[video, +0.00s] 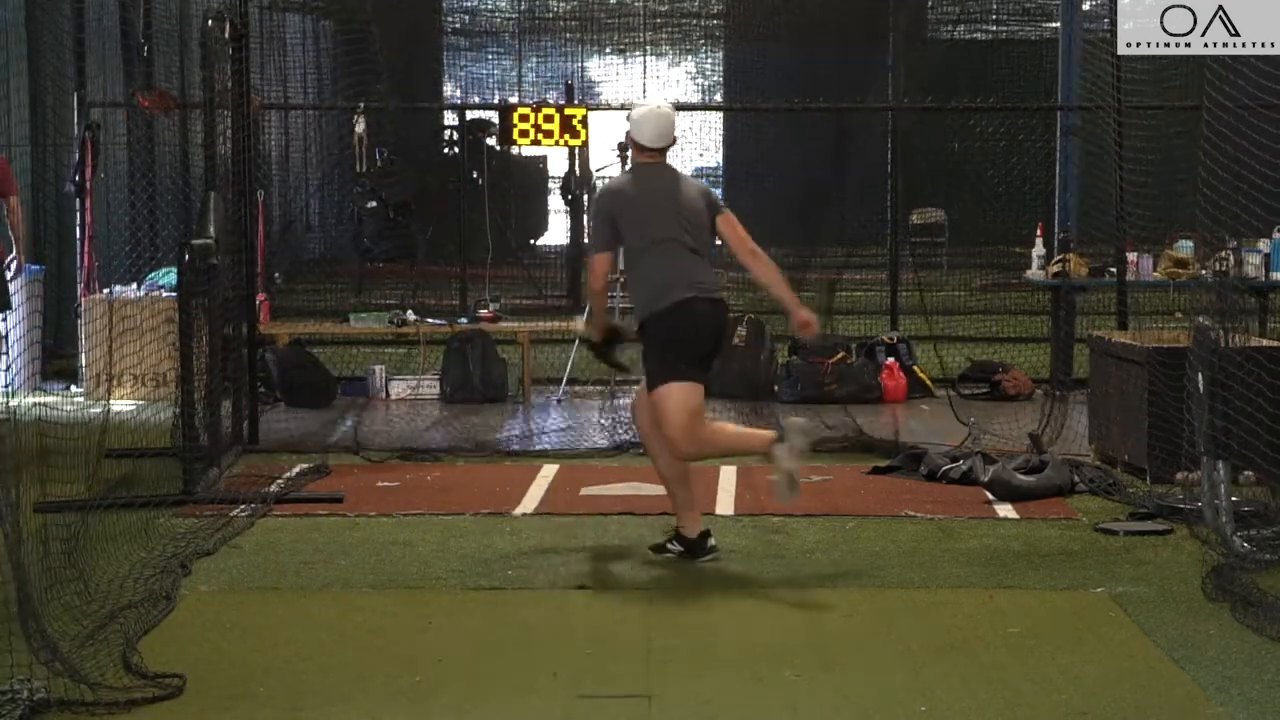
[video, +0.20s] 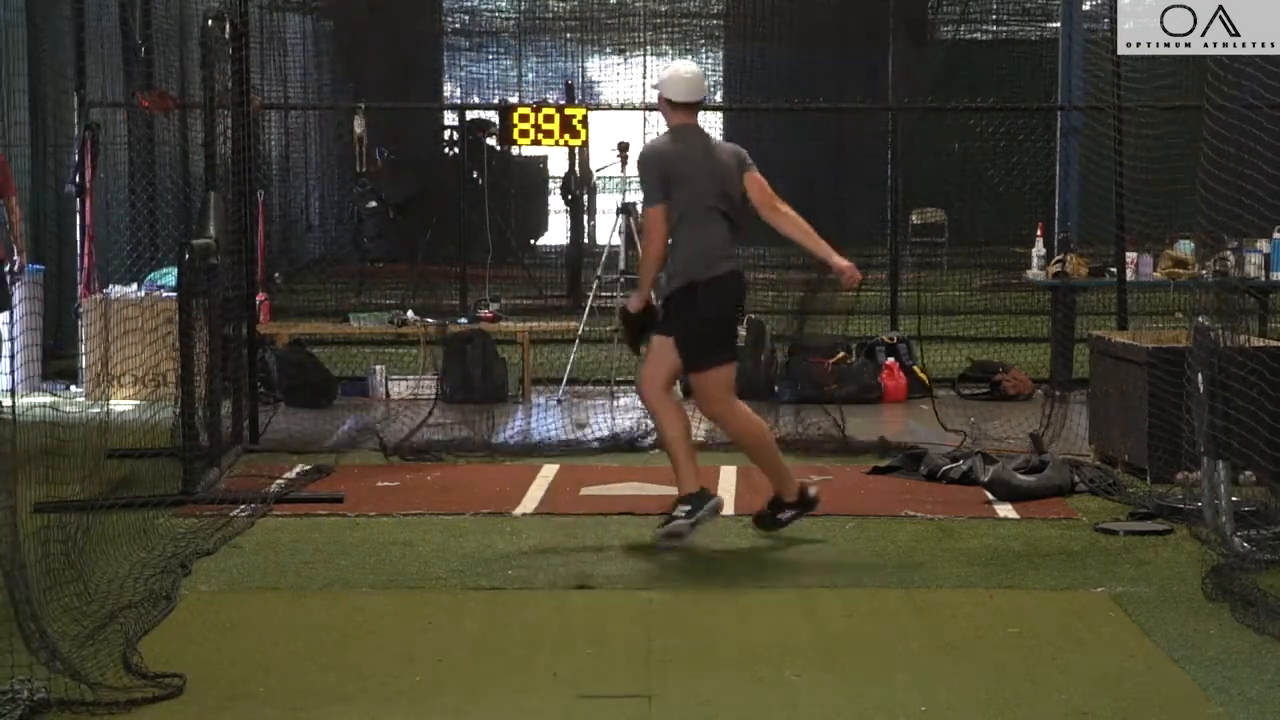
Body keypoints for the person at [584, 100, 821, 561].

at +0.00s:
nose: (628, 143)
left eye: (628, 137)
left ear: (632, 142)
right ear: (672, 145)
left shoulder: (613, 194)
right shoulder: (696, 191)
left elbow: (599, 274)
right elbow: (748, 250)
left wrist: (600, 324)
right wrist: (794, 306)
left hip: (668, 316)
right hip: (711, 312)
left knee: (685, 439)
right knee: (647, 415)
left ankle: (775, 442)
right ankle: (691, 531)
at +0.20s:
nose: (658, 107)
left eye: (658, 101)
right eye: (664, 101)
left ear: (662, 104)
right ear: (702, 105)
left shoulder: (656, 155)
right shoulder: (731, 154)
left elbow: (656, 236)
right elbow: (774, 209)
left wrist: (641, 295)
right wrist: (833, 258)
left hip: (700, 288)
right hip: (715, 284)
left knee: (715, 400)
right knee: (653, 384)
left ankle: (792, 493)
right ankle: (692, 494)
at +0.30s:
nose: (671, 117)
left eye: (672, 111)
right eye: (677, 110)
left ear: (677, 112)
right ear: (713, 110)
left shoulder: (686, 166)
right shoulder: (739, 161)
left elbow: (671, 245)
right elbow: (772, 227)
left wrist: (618, 274)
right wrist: (813, 278)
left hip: (724, 301)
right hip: (720, 298)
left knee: (724, 403)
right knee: (654, 374)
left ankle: (791, 496)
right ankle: (703, 480)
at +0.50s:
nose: (683, 115)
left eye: (686, 107)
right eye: (684, 107)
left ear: (700, 106)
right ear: (717, 104)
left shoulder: (728, 155)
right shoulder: (721, 149)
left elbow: (715, 232)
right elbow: (707, 215)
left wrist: (643, 257)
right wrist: (664, 230)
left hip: (738, 289)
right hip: (714, 284)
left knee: (737, 390)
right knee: (679, 363)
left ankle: (793, 496)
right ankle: (707, 450)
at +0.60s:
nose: (682, 109)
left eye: (685, 101)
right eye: (681, 102)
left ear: (703, 98)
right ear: (707, 98)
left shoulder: (730, 147)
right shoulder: (707, 142)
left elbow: (726, 225)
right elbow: (699, 199)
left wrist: (664, 262)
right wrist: (651, 225)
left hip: (739, 277)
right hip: (703, 274)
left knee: (743, 376)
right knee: (692, 368)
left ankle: (789, 482)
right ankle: (708, 461)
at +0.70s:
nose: (682, 122)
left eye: (685, 113)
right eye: (681, 114)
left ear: (704, 110)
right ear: (702, 111)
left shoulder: (732, 158)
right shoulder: (706, 155)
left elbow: (731, 234)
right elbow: (702, 225)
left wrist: (677, 274)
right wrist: (668, 267)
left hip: (736, 288)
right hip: (701, 285)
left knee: (734, 381)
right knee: (692, 379)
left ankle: (811, 468)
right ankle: (717, 474)